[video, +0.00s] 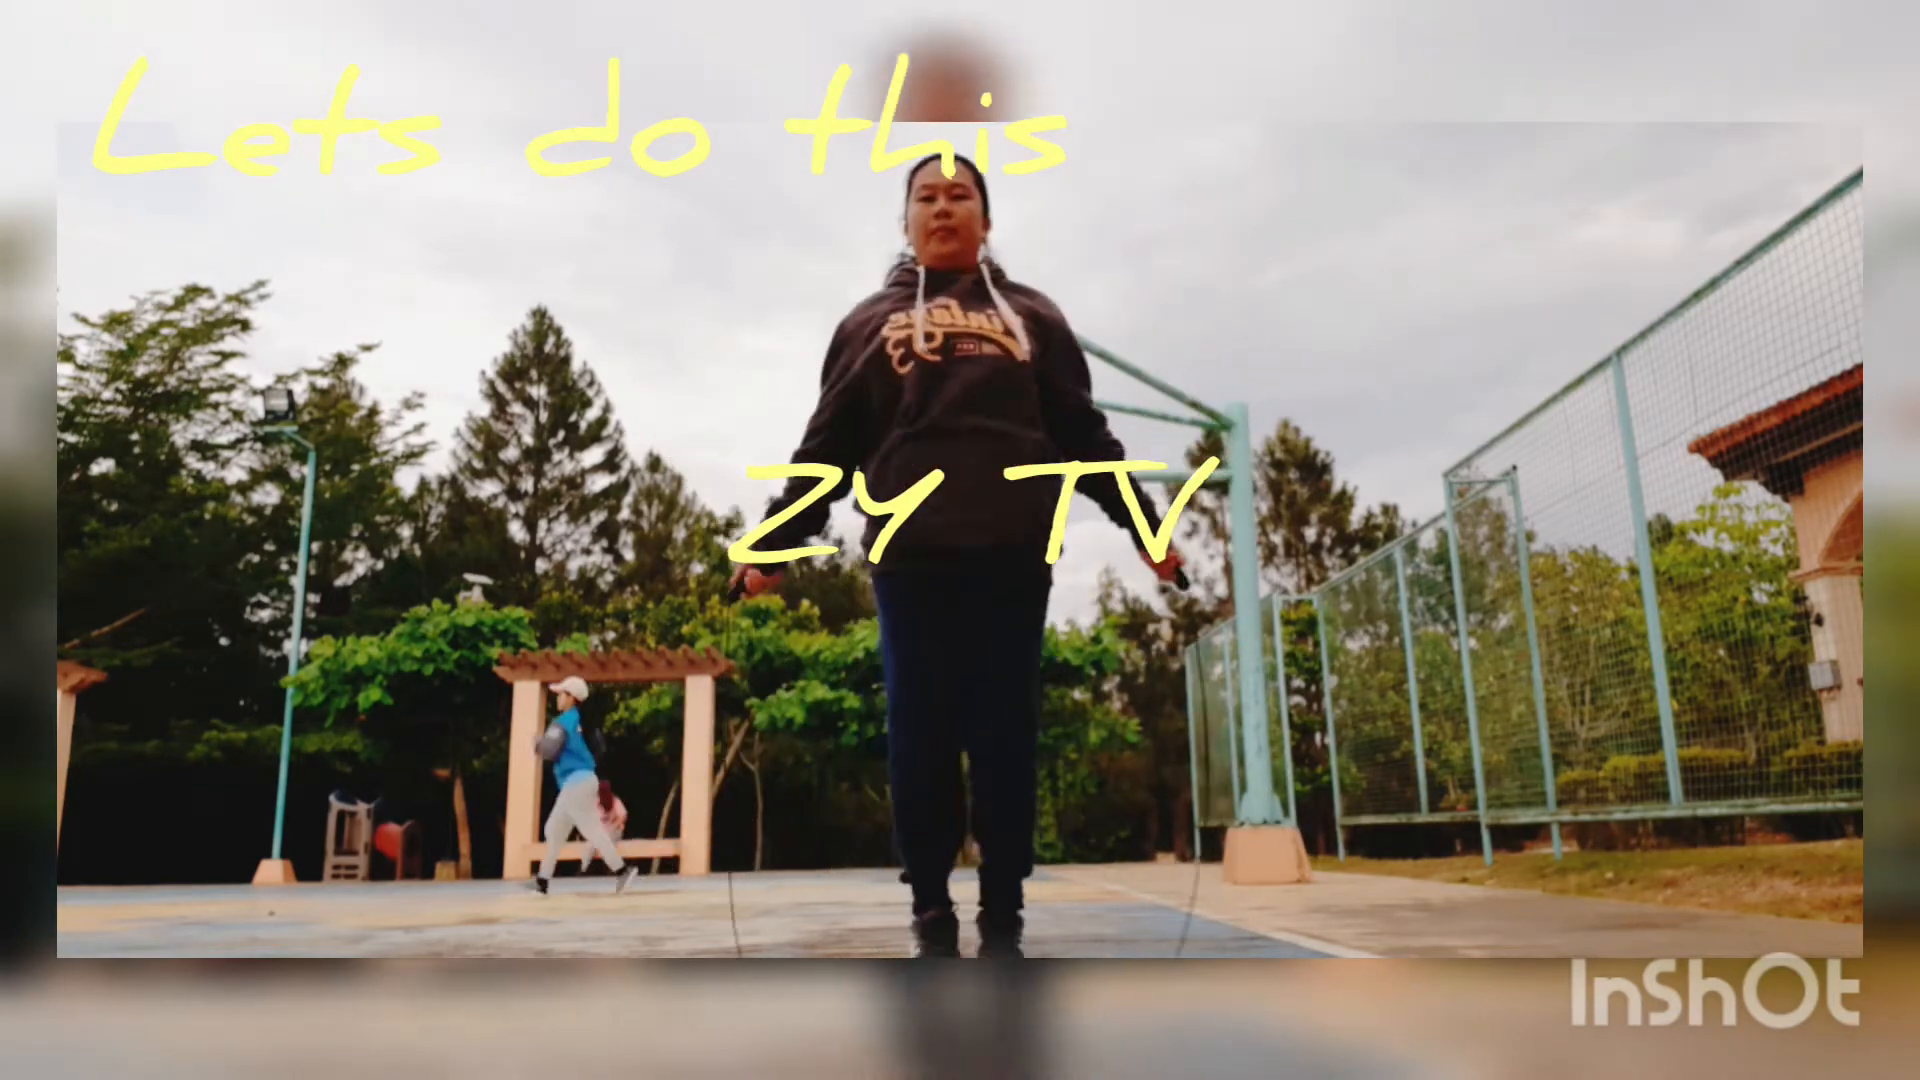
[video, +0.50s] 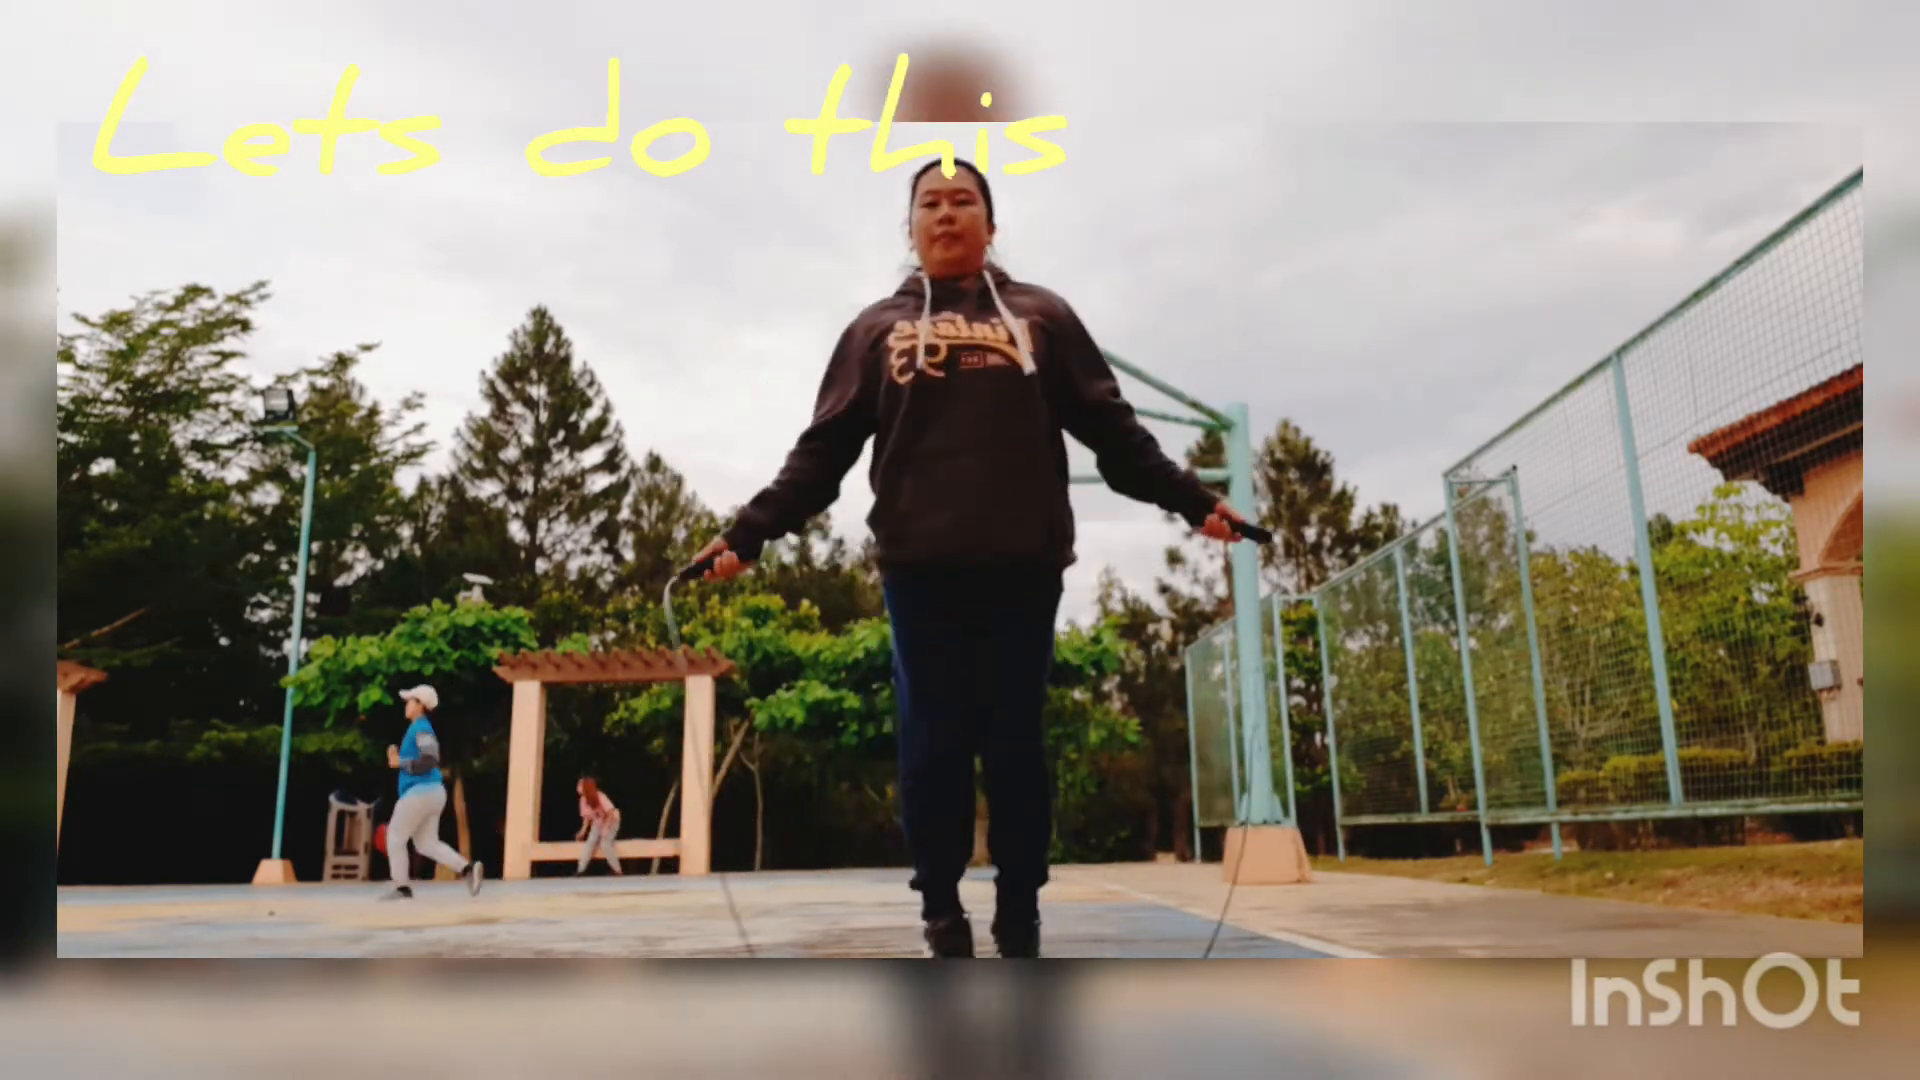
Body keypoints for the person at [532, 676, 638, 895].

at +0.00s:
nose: (557, 698)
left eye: (561, 695)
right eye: (559, 694)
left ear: (571, 698)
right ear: (571, 698)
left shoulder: (564, 720)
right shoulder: (571, 718)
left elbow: (549, 751)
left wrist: (539, 743)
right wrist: (545, 743)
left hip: (577, 781)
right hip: (581, 780)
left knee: (590, 826)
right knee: (554, 829)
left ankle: (621, 869)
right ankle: (543, 878)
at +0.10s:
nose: (532, 703)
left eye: (535, 699)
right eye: (533, 699)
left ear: (543, 702)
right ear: (546, 702)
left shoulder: (540, 724)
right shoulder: (552, 723)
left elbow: (524, 755)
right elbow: (568, 750)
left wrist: (511, 750)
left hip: (547, 785)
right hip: (555, 784)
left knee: (550, 835)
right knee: (528, 832)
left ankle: (589, 863)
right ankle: (526, 882)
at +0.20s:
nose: (503, 708)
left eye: (506, 704)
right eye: (503, 704)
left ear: (516, 707)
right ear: (515, 707)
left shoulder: (515, 728)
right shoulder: (523, 726)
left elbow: (511, 760)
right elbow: (515, 759)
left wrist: (492, 762)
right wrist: (496, 760)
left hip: (522, 790)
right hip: (530, 788)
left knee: (501, 841)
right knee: (510, 840)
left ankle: (542, 867)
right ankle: (524, 882)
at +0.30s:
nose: (462, 701)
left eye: (466, 697)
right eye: (463, 697)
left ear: (476, 700)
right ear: (474, 700)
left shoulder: (478, 722)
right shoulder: (473, 723)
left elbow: (492, 748)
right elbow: (472, 753)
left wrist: (463, 756)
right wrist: (452, 748)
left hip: (480, 783)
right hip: (490, 782)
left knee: (452, 826)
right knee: (491, 834)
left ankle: (454, 880)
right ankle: (518, 874)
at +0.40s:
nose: (434, 699)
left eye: (438, 696)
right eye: (435, 696)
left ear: (448, 699)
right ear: (444, 699)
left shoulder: (449, 720)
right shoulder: (443, 722)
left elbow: (468, 746)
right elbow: (443, 753)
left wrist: (437, 755)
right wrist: (425, 746)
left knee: (427, 830)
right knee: (467, 830)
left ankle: (412, 882)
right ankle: (499, 869)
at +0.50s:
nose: (406, 705)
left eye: (410, 702)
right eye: (407, 701)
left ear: (419, 705)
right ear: (419, 705)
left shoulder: (421, 727)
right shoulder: (418, 727)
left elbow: (430, 759)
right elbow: (421, 758)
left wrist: (401, 763)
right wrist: (398, 756)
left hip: (420, 791)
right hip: (433, 790)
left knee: (396, 836)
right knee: (425, 843)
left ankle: (401, 886)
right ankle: (466, 868)